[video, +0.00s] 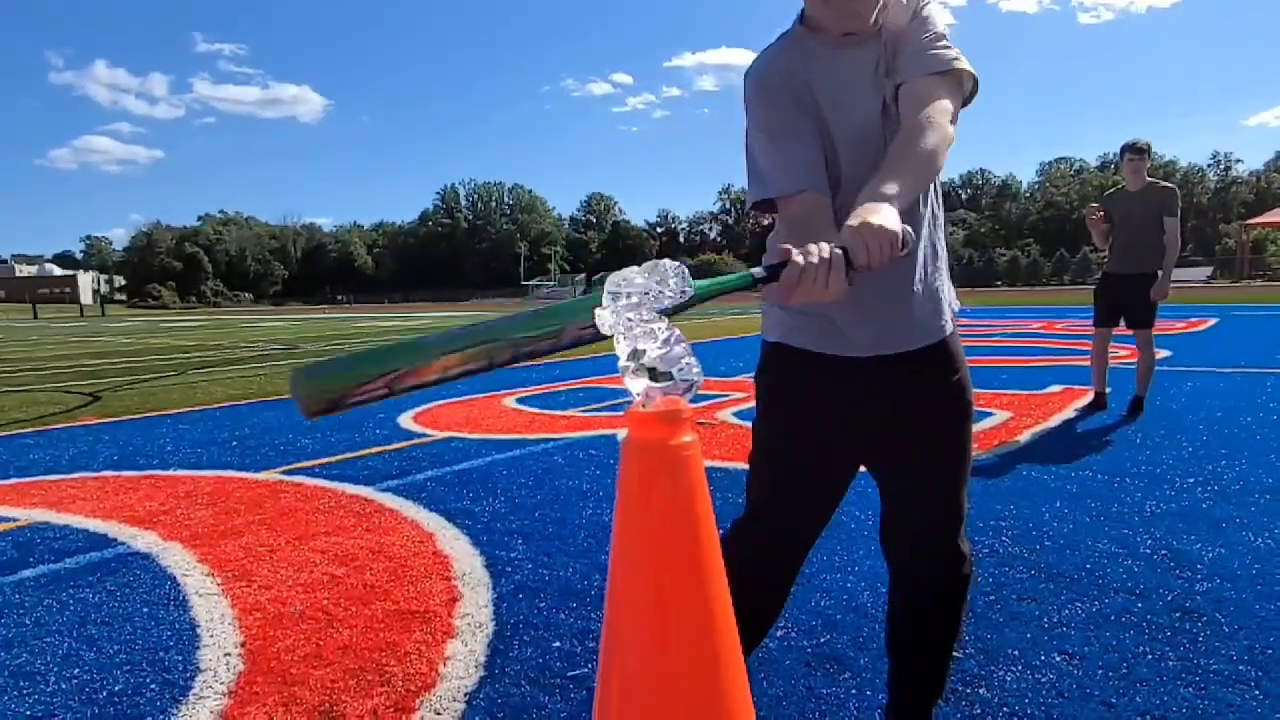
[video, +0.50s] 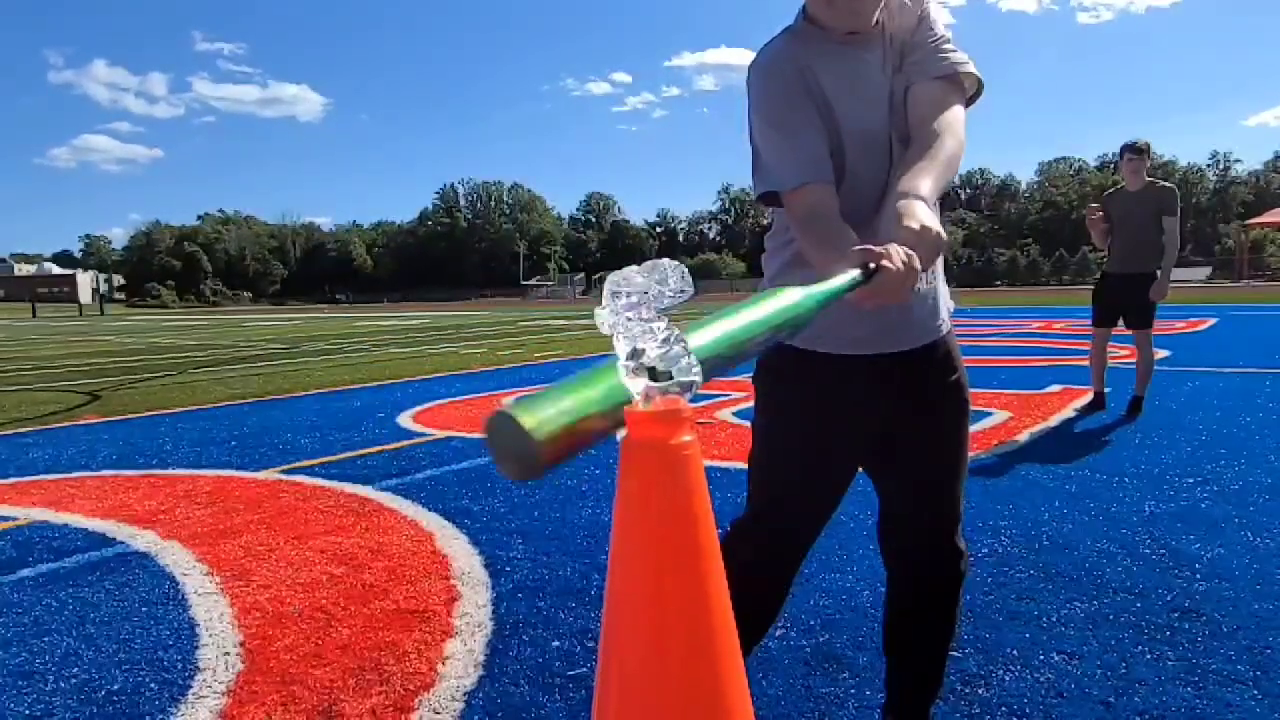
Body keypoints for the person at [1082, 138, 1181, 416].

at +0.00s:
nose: (1136, 164)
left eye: (1141, 159)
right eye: (1130, 159)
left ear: (1149, 162)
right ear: (1121, 164)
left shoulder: (1166, 193)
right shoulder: (1112, 198)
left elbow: (1172, 239)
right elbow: (1102, 243)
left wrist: (1165, 277)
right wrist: (1094, 225)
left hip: (1144, 277)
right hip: (1112, 276)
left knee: (1143, 341)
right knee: (1101, 338)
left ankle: (1139, 399)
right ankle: (1099, 395)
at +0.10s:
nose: (1136, 164)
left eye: (1141, 159)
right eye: (1130, 159)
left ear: (1149, 162)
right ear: (1121, 164)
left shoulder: (1166, 193)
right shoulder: (1112, 198)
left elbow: (1172, 239)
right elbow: (1102, 243)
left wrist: (1165, 278)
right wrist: (1094, 225)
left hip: (1144, 276)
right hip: (1112, 276)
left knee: (1143, 341)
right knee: (1101, 337)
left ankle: (1139, 399)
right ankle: (1099, 395)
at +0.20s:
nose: (1136, 164)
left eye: (1141, 159)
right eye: (1130, 159)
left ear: (1148, 162)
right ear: (1121, 164)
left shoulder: (1165, 194)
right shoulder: (1111, 198)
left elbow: (1172, 239)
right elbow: (1102, 243)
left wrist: (1164, 278)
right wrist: (1094, 225)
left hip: (1144, 276)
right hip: (1112, 276)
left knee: (1143, 341)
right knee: (1100, 337)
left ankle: (1138, 399)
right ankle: (1099, 395)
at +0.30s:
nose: (1136, 164)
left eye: (1141, 159)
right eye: (1130, 159)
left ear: (1148, 162)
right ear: (1121, 164)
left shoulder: (1165, 193)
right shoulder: (1111, 198)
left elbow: (1172, 239)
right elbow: (1102, 243)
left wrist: (1164, 278)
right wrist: (1094, 225)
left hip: (1144, 276)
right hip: (1112, 276)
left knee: (1143, 341)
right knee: (1100, 338)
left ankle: (1138, 398)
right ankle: (1098, 395)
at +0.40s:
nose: (1136, 164)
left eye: (1141, 159)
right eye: (1130, 159)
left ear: (1148, 162)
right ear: (1121, 164)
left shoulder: (1165, 194)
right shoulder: (1111, 198)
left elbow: (1172, 239)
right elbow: (1101, 243)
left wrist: (1164, 278)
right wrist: (1093, 224)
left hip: (1143, 277)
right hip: (1111, 277)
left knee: (1143, 341)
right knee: (1100, 338)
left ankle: (1138, 399)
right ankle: (1098, 395)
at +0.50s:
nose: (1134, 164)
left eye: (1139, 159)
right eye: (1129, 159)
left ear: (1148, 163)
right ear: (1120, 164)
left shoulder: (1165, 193)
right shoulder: (1111, 198)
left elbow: (1172, 239)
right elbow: (1102, 243)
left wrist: (1163, 278)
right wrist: (1094, 226)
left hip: (1143, 277)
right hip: (1111, 277)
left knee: (1142, 341)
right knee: (1099, 339)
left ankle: (1138, 398)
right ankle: (1098, 395)